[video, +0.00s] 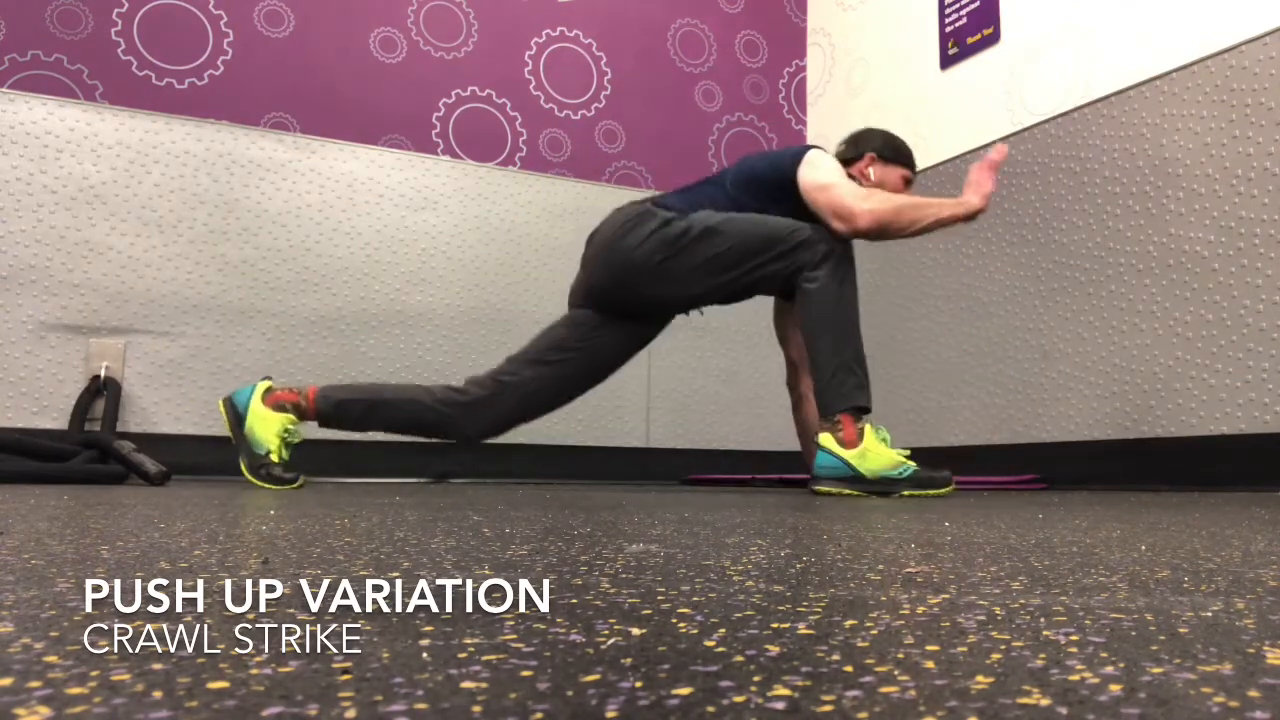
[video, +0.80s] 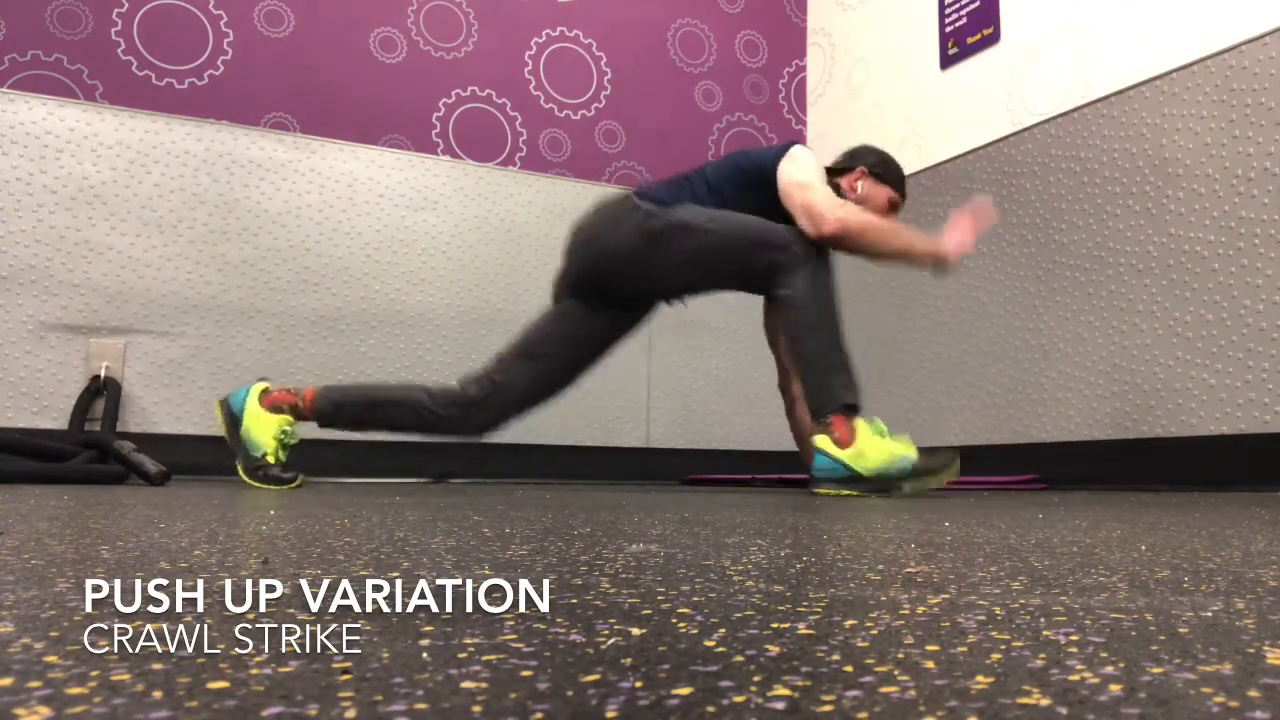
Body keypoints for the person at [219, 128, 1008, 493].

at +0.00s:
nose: (891, 200)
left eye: (901, 192)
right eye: (889, 183)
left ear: (874, 170)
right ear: (862, 162)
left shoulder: (794, 236)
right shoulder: (810, 159)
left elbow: (797, 346)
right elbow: (863, 217)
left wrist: (811, 444)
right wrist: (966, 204)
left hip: (632, 286)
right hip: (641, 242)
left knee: (475, 411)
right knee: (818, 246)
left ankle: (281, 406)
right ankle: (856, 443)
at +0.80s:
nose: (870, 223)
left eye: (879, 219)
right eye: (871, 206)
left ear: (863, 209)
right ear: (848, 176)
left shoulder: (786, 250)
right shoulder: (794, 161)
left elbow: (787, 354)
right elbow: (831, 223)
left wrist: (807, 444)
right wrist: (933, 247)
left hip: (614, 277)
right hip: (623, 234)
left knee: (473, 408)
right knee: (794, 253)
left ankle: (280, 408)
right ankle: (854, 439)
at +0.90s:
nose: (869, 237)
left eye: (880, 236)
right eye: (872, 219)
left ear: (867, 231)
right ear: (846, 185)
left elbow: (766, 392)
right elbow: (848, 251)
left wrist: (815, 467)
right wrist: (939, 329)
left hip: (600, 245)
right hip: (604, 194)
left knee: (466, 368)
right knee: (760, 240)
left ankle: (265, 407)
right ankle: (792, 415)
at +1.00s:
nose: (876, 262)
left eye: (883, 256)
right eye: (881, 243)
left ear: (861, 237)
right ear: (861, 204)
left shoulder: (781, 263)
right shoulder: (815, 189)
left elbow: (790, 372)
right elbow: (870, 296)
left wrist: (819, 468)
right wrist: (934, 403)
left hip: (601, 231)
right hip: (605, 181)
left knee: (471, 349)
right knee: (720, 252)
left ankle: (267, 405)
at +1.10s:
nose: (873, 286)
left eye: (885, 279)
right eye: (883, 268)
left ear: (869, 242)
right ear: (876, 230)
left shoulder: (804, 257)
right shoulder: (836, 217)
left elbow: (789, 374)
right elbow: (869, 330)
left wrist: (820, 468)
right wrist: (913, 448)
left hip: (603, 220)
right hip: (614, 195)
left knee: (468, 337)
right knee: (612, 336)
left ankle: (270, 404)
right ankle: (420, 351)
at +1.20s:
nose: (890, 319)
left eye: (904, 312)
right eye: (901, 303)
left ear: (883, 272)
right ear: (898, 262)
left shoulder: (819, 268)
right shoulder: (858, 244)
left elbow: (784, 382)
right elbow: (866, 344)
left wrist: (817, 468)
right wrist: (906, 475)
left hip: (628, 240)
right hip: (634, 227)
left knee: (481, 345)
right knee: (506, 366)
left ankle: (283, 373)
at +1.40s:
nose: (918, 378)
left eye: (930, 378)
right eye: (931, 366)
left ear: (919, 352)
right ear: (926, 325)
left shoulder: (840, 326)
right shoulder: (879, 286)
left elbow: (781, 398)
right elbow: (860, 362)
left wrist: (815, 470)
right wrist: (907, 475)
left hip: (658, 335)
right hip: (654, 314)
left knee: (467, 384)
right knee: (465, 384)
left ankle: (259, 388)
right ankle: (253, 387)